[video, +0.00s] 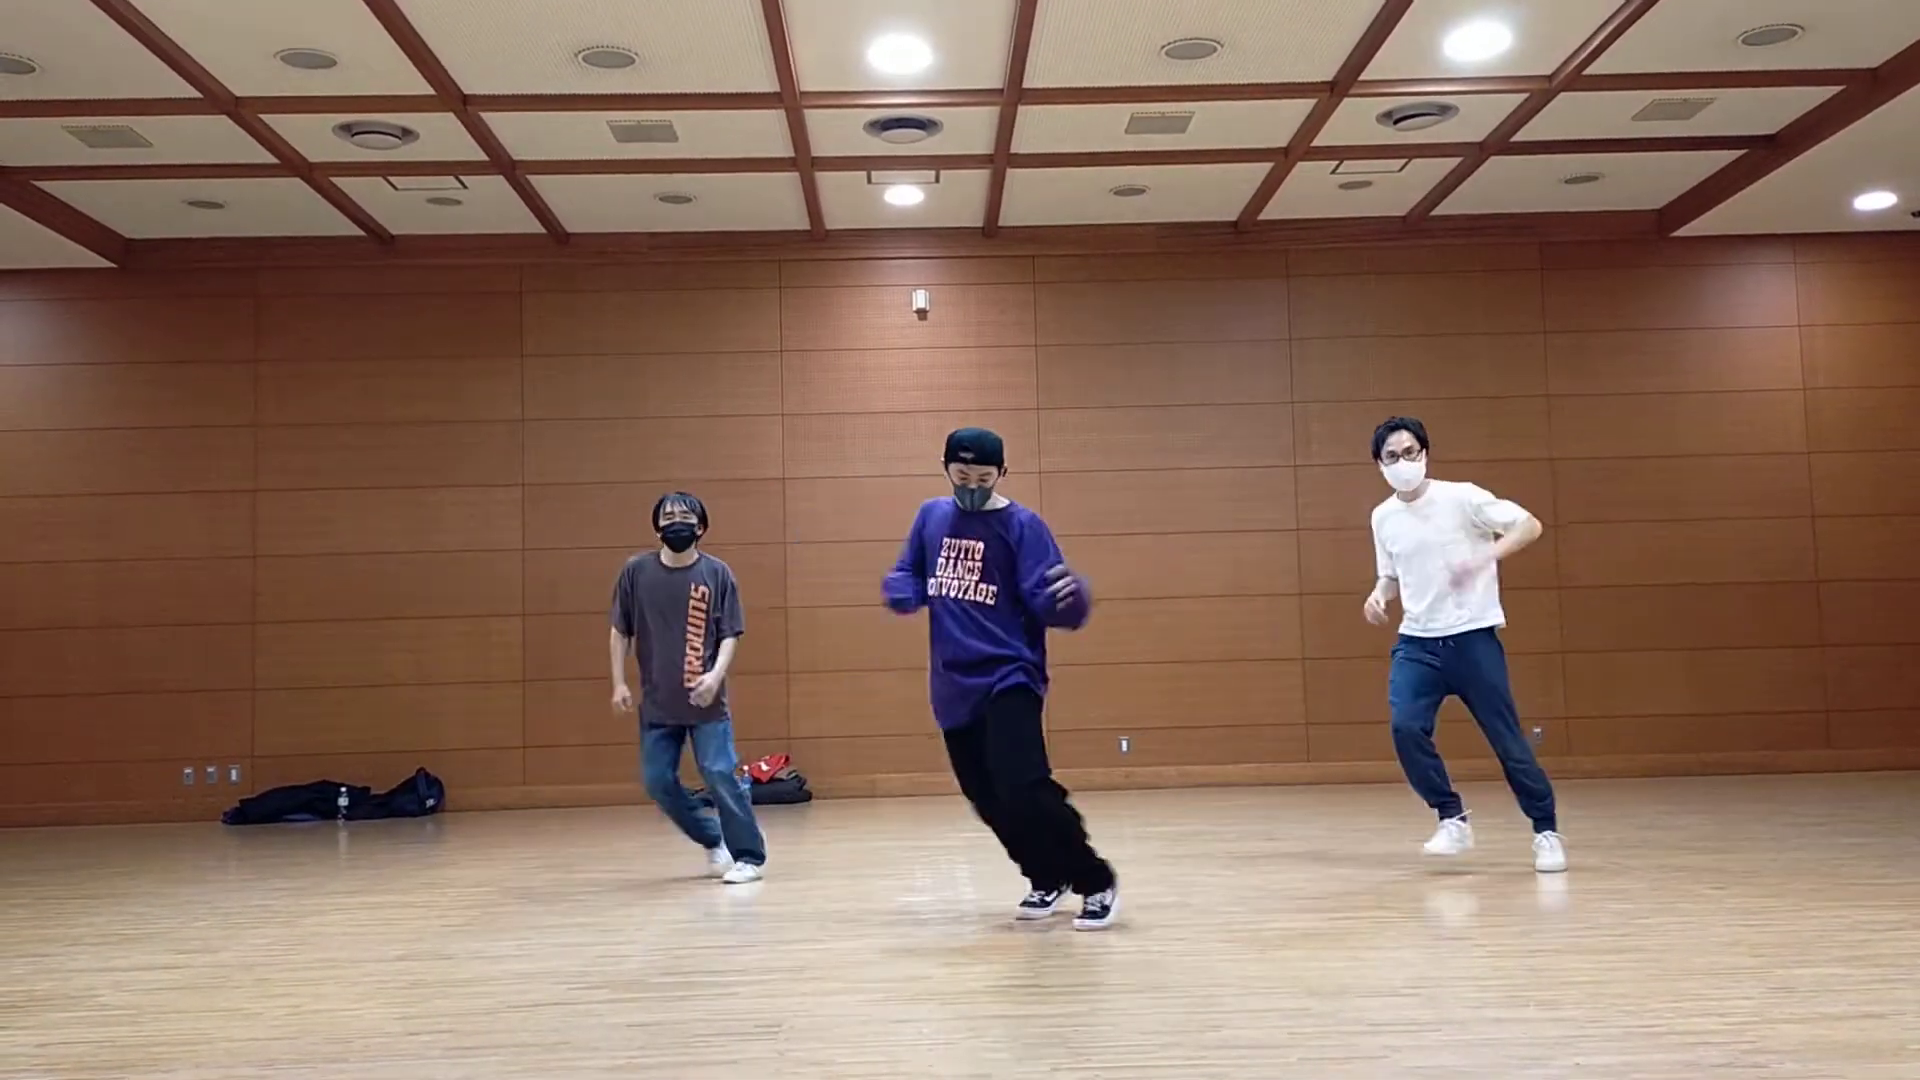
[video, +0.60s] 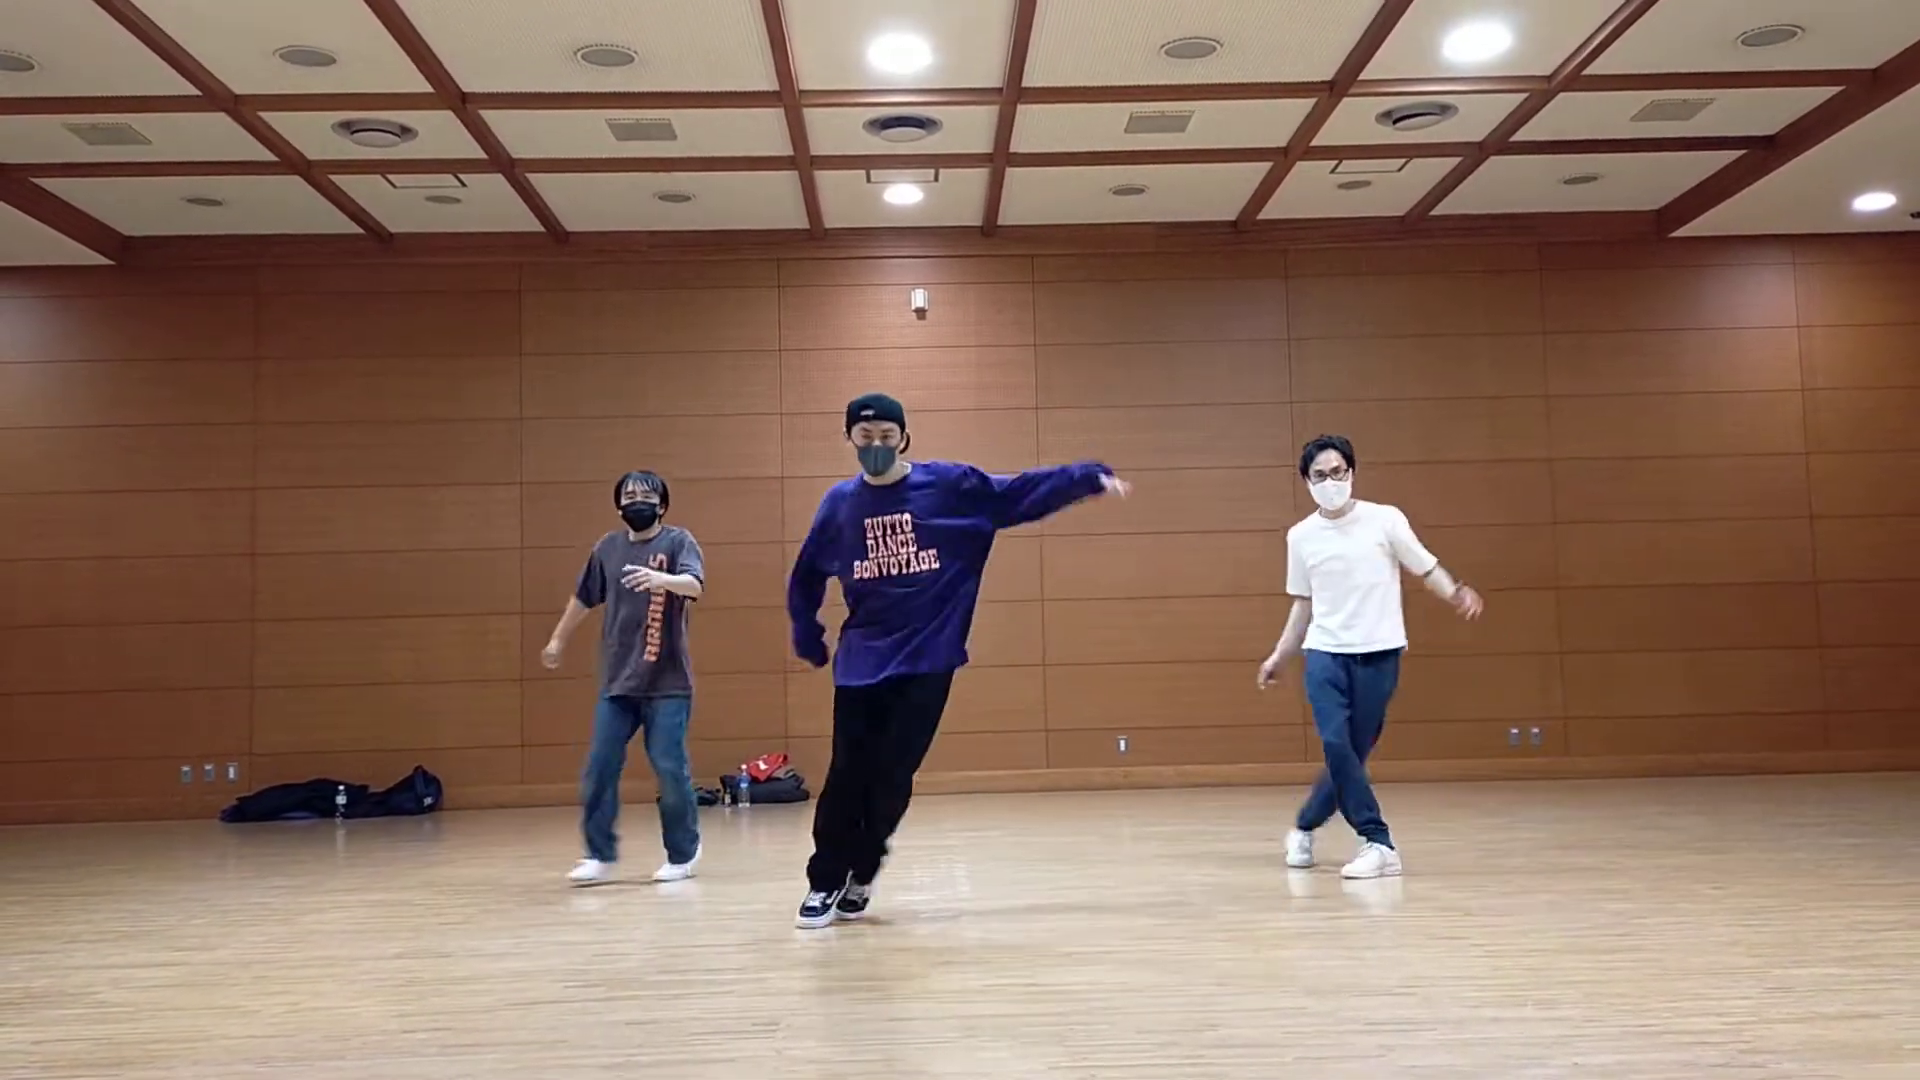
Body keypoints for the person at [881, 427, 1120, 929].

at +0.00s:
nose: (971, 482)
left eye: (982, 473)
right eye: (962, 472)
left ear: (998, 474)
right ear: (948, 471)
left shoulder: (1022, 527)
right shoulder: (931, 518)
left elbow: (1051, 602)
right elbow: (905, 577)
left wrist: (1071, 598)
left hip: (1009, 677)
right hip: (953, 684)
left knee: (1021, 786)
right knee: (986, 797)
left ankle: (1097, 882)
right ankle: (1046, 877)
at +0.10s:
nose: (962, 475)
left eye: (972, 466)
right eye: (952, 465)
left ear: (991, 466)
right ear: (940, 465)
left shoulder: (1017, 514)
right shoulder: (933, 513)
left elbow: (1031, 589)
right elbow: (917, 587)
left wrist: (1002, 626)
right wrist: (939, 564)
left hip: (1011, 672)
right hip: (953, 676)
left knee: (1039, 783)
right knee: (944, 794)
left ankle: (1110, 885)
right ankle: (1020, 857)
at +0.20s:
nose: (945, 472)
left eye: (955, 463)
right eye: (935, 463)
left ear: (974, 463)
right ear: (923, 463)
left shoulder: (999, 509)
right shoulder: (921, 507)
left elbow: (1009, 593)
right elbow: (905, 571)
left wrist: (985, 658)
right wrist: (949, 537)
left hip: (1007, 670)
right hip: (947, 672)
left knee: (1030, 785)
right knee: (905, 772)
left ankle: (1111, 883)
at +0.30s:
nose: (921, 463)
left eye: (932, 455)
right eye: (913, 454)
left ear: (950, 457)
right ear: (901, 455)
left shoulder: (976, 505)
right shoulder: (895, 500)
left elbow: (1007, 582)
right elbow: (880, 551)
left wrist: (1025, 653)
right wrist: (936, 558)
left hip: (982, 679)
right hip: (924, 680)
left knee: (1023, 784)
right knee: (884, 781)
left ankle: (1101, 879)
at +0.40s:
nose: (899, 459)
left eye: (910, 451)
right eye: (890, 450)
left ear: (927, 454)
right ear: (876, 453)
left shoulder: (959, 502)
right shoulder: (866, 501)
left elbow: (1014, 557)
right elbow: (854, 564)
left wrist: (1068, 597)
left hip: (952, 668)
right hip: (890, 668)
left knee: (968, 778)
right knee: (857, 776)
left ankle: (1058, 877)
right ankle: (839, 894)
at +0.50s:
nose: (884, 451)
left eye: (894, 443)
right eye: (874, 442)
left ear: (911, 448)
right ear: (859, 447)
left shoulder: (951, 497)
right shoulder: (848, 508)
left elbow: (1020, 520)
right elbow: (819, 581)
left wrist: (1088, 530)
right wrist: (807, 646)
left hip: (933, 656)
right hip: (869, 658)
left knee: (905, 774)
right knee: (847, 783)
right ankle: (831, 892)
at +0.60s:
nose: (874, 443)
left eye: (884, 434)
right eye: (864, 434)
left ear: (902, 438)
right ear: (851, 440)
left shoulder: (947, 485)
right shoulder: (841, 505)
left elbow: (1018, 494)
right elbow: (807, 575)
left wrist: (1084, 477)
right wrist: (806, 636)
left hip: (930, 650)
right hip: (864, 649)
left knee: (891, 770)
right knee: (850, 766)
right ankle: (825, 882)